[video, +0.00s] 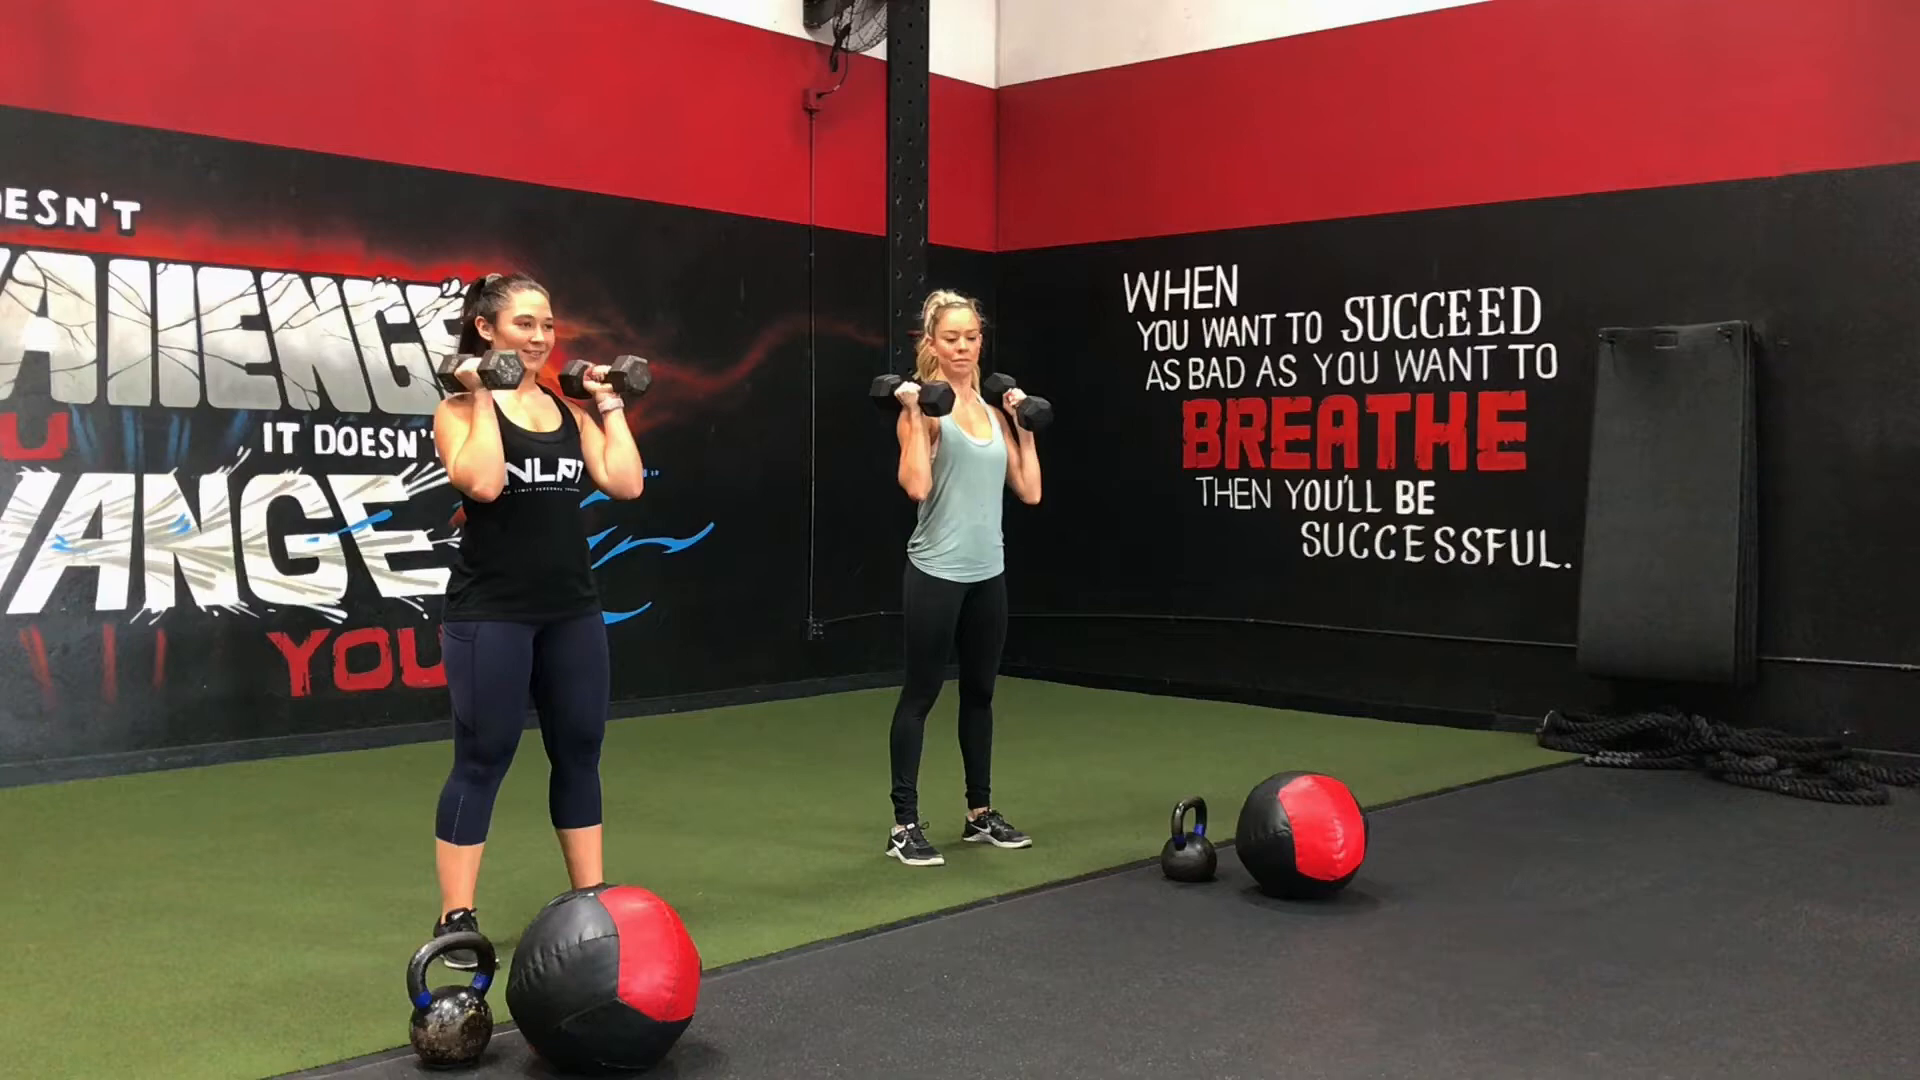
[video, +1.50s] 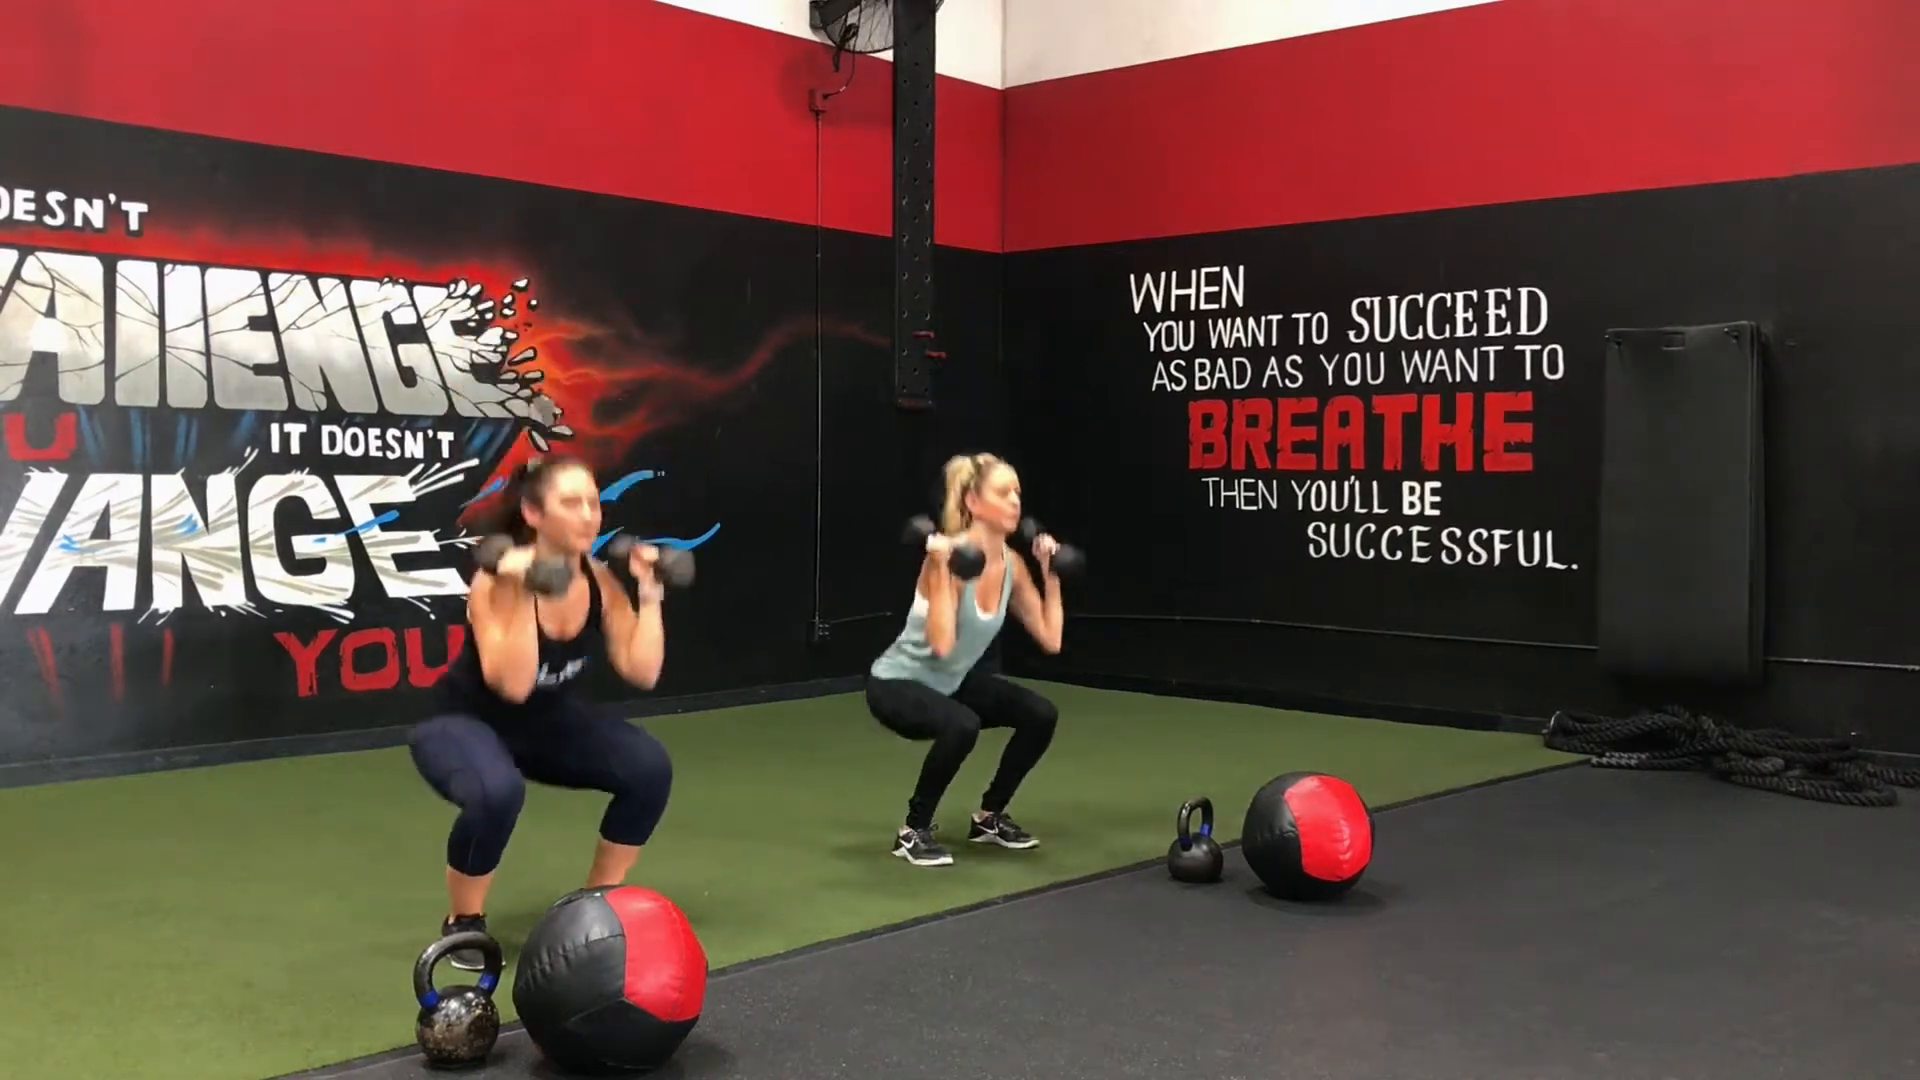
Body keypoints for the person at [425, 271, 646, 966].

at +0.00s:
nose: (540, 336)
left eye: (547, 324)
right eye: (524, 323)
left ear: (553, 332)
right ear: (484, 330)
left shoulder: (567, 409)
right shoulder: (458, 409)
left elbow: (626, 484)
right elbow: (483, 482)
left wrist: (612, 405)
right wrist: (483, 395)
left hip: (572, 607)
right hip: (490, 611)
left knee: (579, 752)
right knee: (481, 760)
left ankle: (591, 904)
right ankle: (458, 919)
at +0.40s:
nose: (574, 417)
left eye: (580, 405)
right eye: (560, 405)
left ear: (589, 411)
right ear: (519, 411)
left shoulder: (588, 480)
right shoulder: (485, 482)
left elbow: (637, 571)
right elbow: (507, 575)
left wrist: (637, 492)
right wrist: (510, 480)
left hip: (548, 652)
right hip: (467, 654)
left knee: (628, 751)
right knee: (493, 771)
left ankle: (595, 907)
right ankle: (463, 926)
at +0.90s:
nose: (564, 354)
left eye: (570, 343)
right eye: (549, 343)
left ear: (577, 353)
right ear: (515, 354)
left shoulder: (588, 426)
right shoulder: (477, 421)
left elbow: (664, 456)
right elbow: (513, 459)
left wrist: (643, 374)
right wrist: (507, 371)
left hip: (563, 618)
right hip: (483, 620)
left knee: (614, 744)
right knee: (495, 756)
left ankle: (597, 910)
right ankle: (465, 929)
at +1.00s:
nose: (559, 327)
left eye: (565, 316)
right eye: (543, 316)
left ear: (572, 326)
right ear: (506, 328)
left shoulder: (586, 393)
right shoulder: (482, 397)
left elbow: (655, 340)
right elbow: (499, 326)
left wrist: (632, 249)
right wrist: (497, 226)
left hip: (577, 604)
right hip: (496, 605)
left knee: (585, 752)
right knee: (487, 754)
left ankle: (597, 906)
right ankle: (466, 920)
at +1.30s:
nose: (567, 342)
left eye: (569, 331)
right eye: (553, 331)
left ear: (571, 342)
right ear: (515, 343)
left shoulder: (583, 418)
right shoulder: (475, 407)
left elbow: (665, 451)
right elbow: (499, 447)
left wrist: (649, 370)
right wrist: (497, 350)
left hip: (565, 609)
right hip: (485, 609)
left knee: (605, 742)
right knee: (492, 750)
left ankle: (597, 904)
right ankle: (465, 920)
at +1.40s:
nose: (579, 428)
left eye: (583, 416)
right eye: (564, 417)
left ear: (589, 427)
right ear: (523, 427)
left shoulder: (593, 501)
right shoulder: (490, 495)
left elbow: (649, 582)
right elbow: (509, 581)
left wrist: (649, 497)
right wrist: (515, 487)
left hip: (548, 663)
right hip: (466, 663)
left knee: (637, 756)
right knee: (492, 773)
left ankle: (595, 909)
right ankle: (464, 927)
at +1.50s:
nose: (590, 516)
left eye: (595, 503)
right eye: (573, 503)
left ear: (601, 510)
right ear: (533, 515)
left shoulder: (599, 576)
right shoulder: (496, 581)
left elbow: (643, 672)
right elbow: (513, 683)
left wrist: (649, 592)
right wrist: (517, 587)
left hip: (544, 719)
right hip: (462, 722)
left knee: (648, 767)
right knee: (497, 792)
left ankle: (597, 908)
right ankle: (465, 927)